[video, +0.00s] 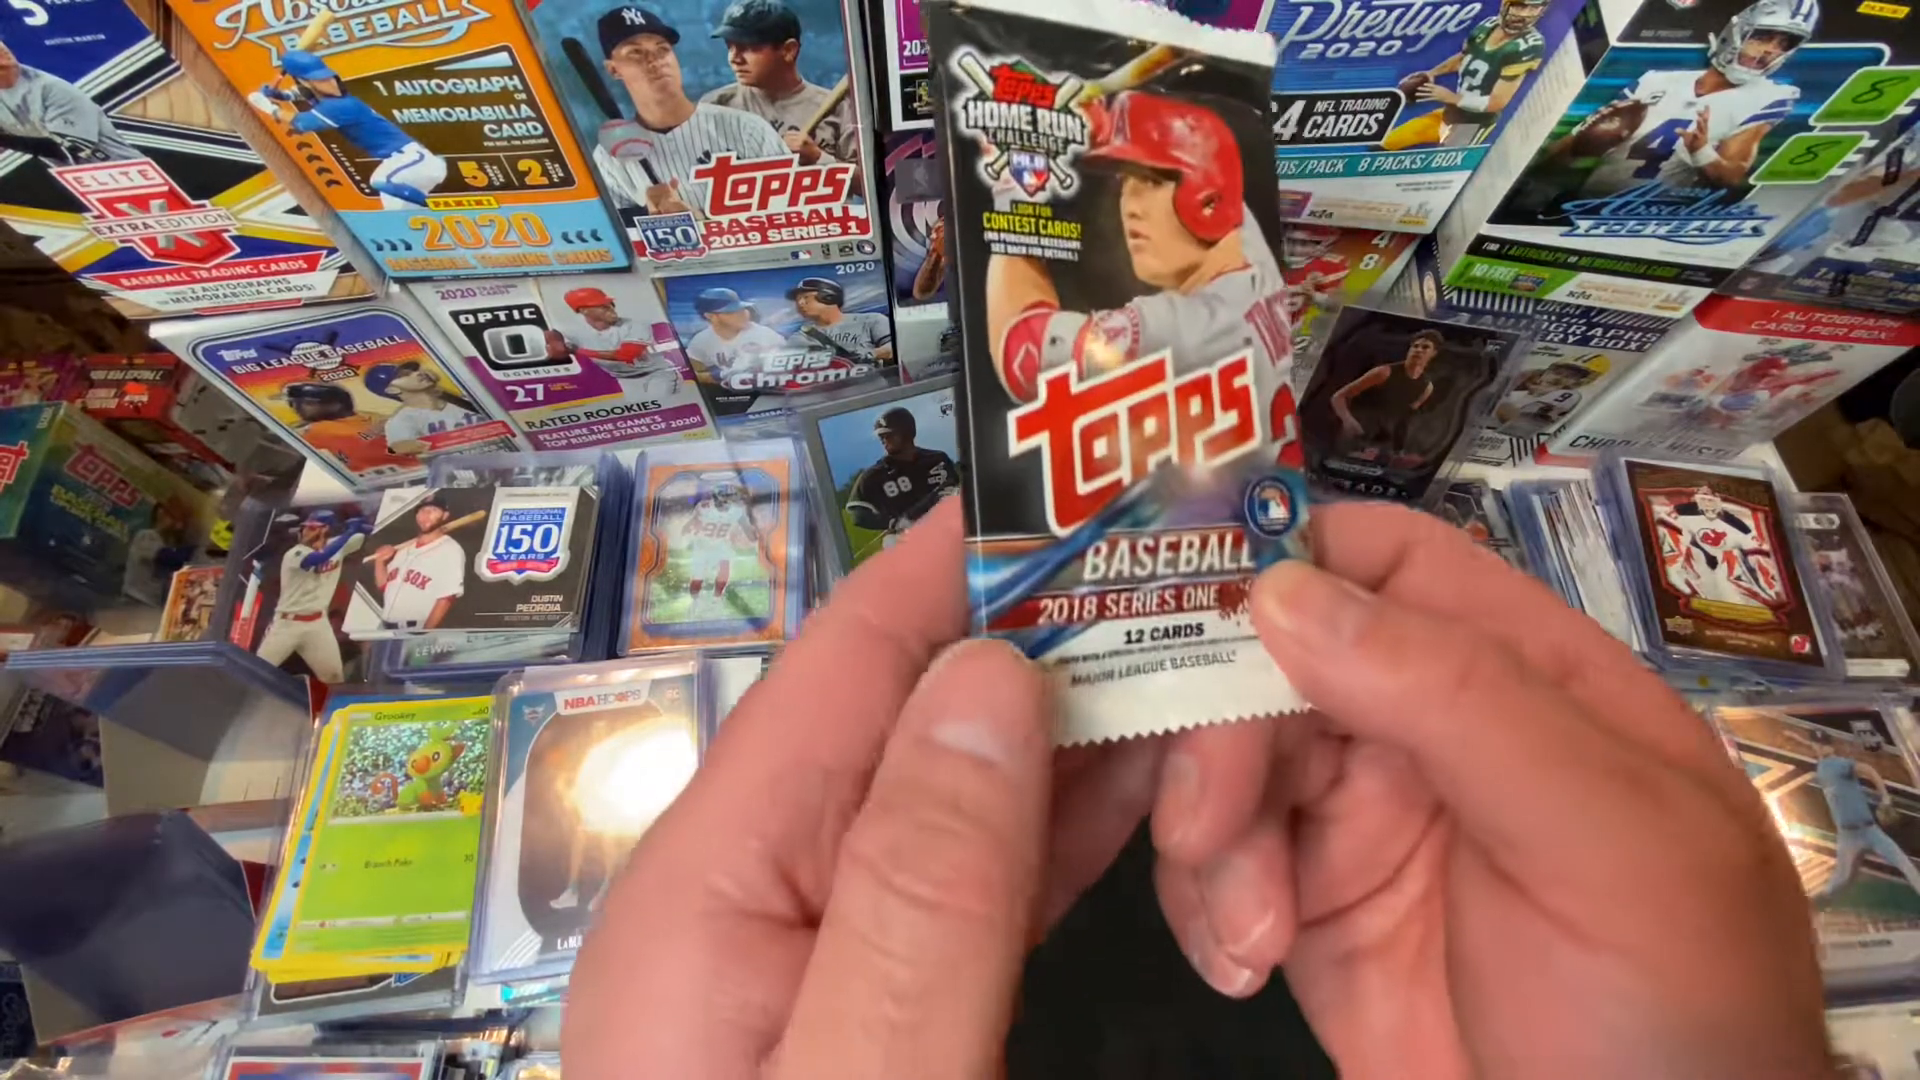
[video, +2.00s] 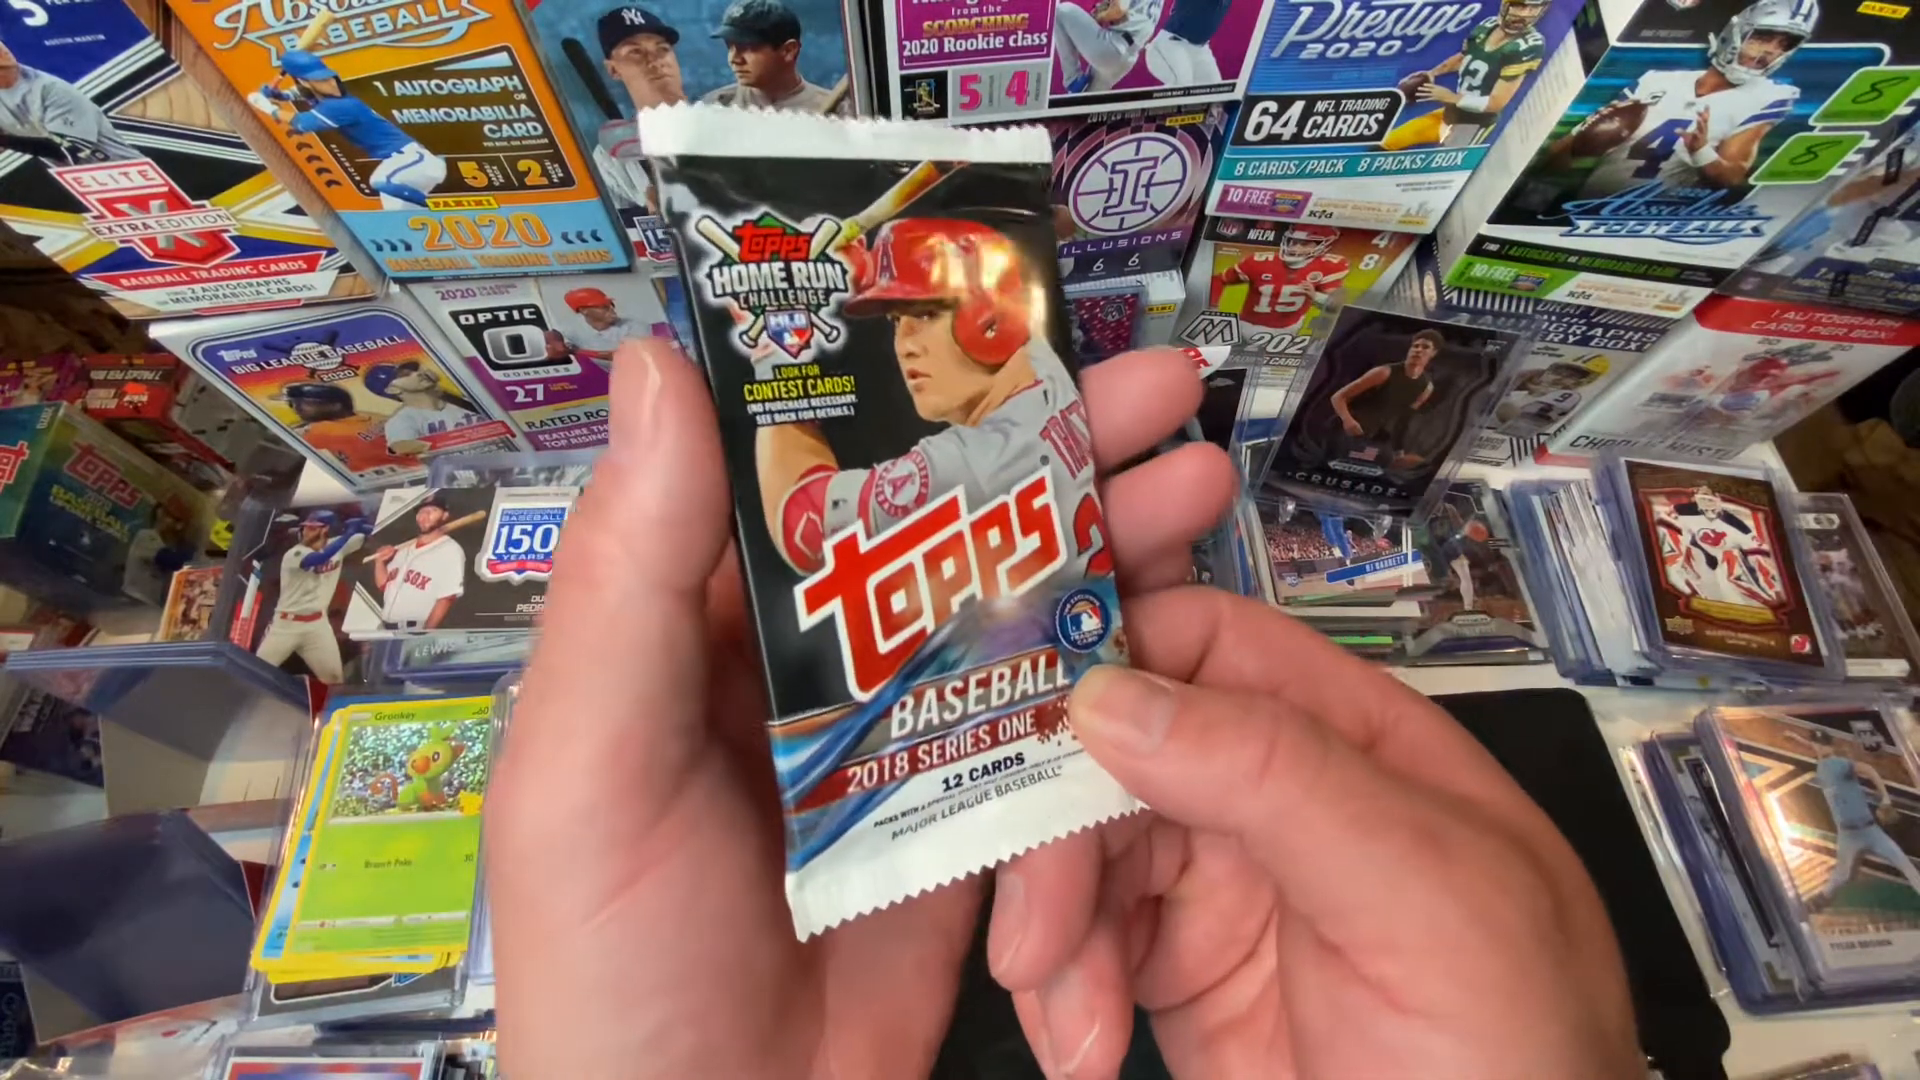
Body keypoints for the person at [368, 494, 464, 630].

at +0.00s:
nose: (425, 516)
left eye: (432, 511)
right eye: (422, 510)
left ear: (445, 515)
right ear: (416, 515)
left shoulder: (451, 550)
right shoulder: (406, 547)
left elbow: (446, 598)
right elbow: (383, 586)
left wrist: (424, 634)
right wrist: (379, 561)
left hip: (415, 632)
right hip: (386, 627)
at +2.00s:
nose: (424, 517)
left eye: (431, 512)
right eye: (421, 512)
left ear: (445, 516)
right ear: (416, 516)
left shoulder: (451, 551)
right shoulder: (405, 548)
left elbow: (446, 599)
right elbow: (382, 585)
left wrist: (425, 633)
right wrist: (379, 561)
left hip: (415, 631)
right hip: (385, 627)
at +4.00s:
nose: (425, 516)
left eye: (432, 511)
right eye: (422, 511)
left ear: (445, 515)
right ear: (416, 515)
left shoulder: (451, 550)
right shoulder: (406, 548)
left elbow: (446, 598)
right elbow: (382, 585)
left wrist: (425, 633)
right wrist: (379, 561)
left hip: (416, 631)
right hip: (386, 627)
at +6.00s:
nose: (425, 516)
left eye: (432, 511)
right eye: (422, 511)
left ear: (444, 516)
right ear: (416, 515)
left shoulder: (451, 549)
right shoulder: (405, 548)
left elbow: (447, 598)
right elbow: (382, 585)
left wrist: (425, 633)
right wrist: (379, 561)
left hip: (416, 630)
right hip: (386, 627)